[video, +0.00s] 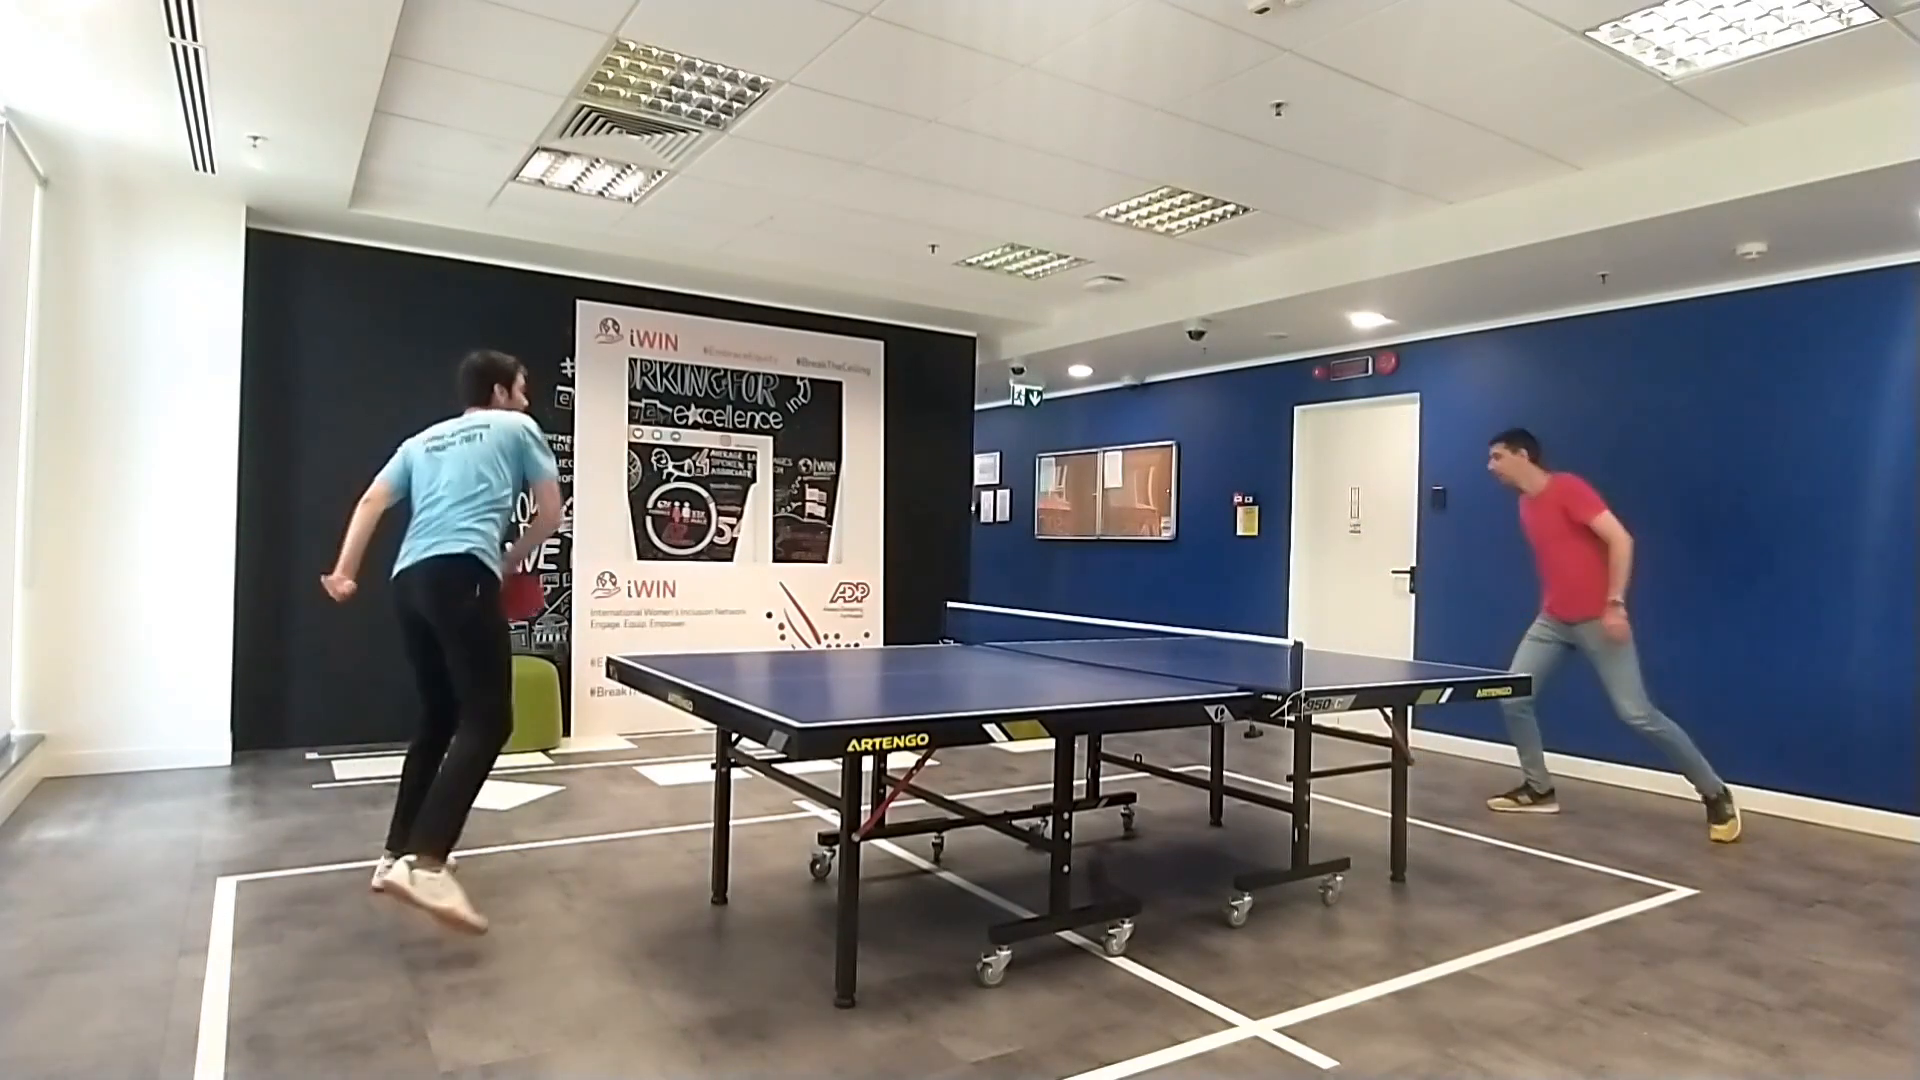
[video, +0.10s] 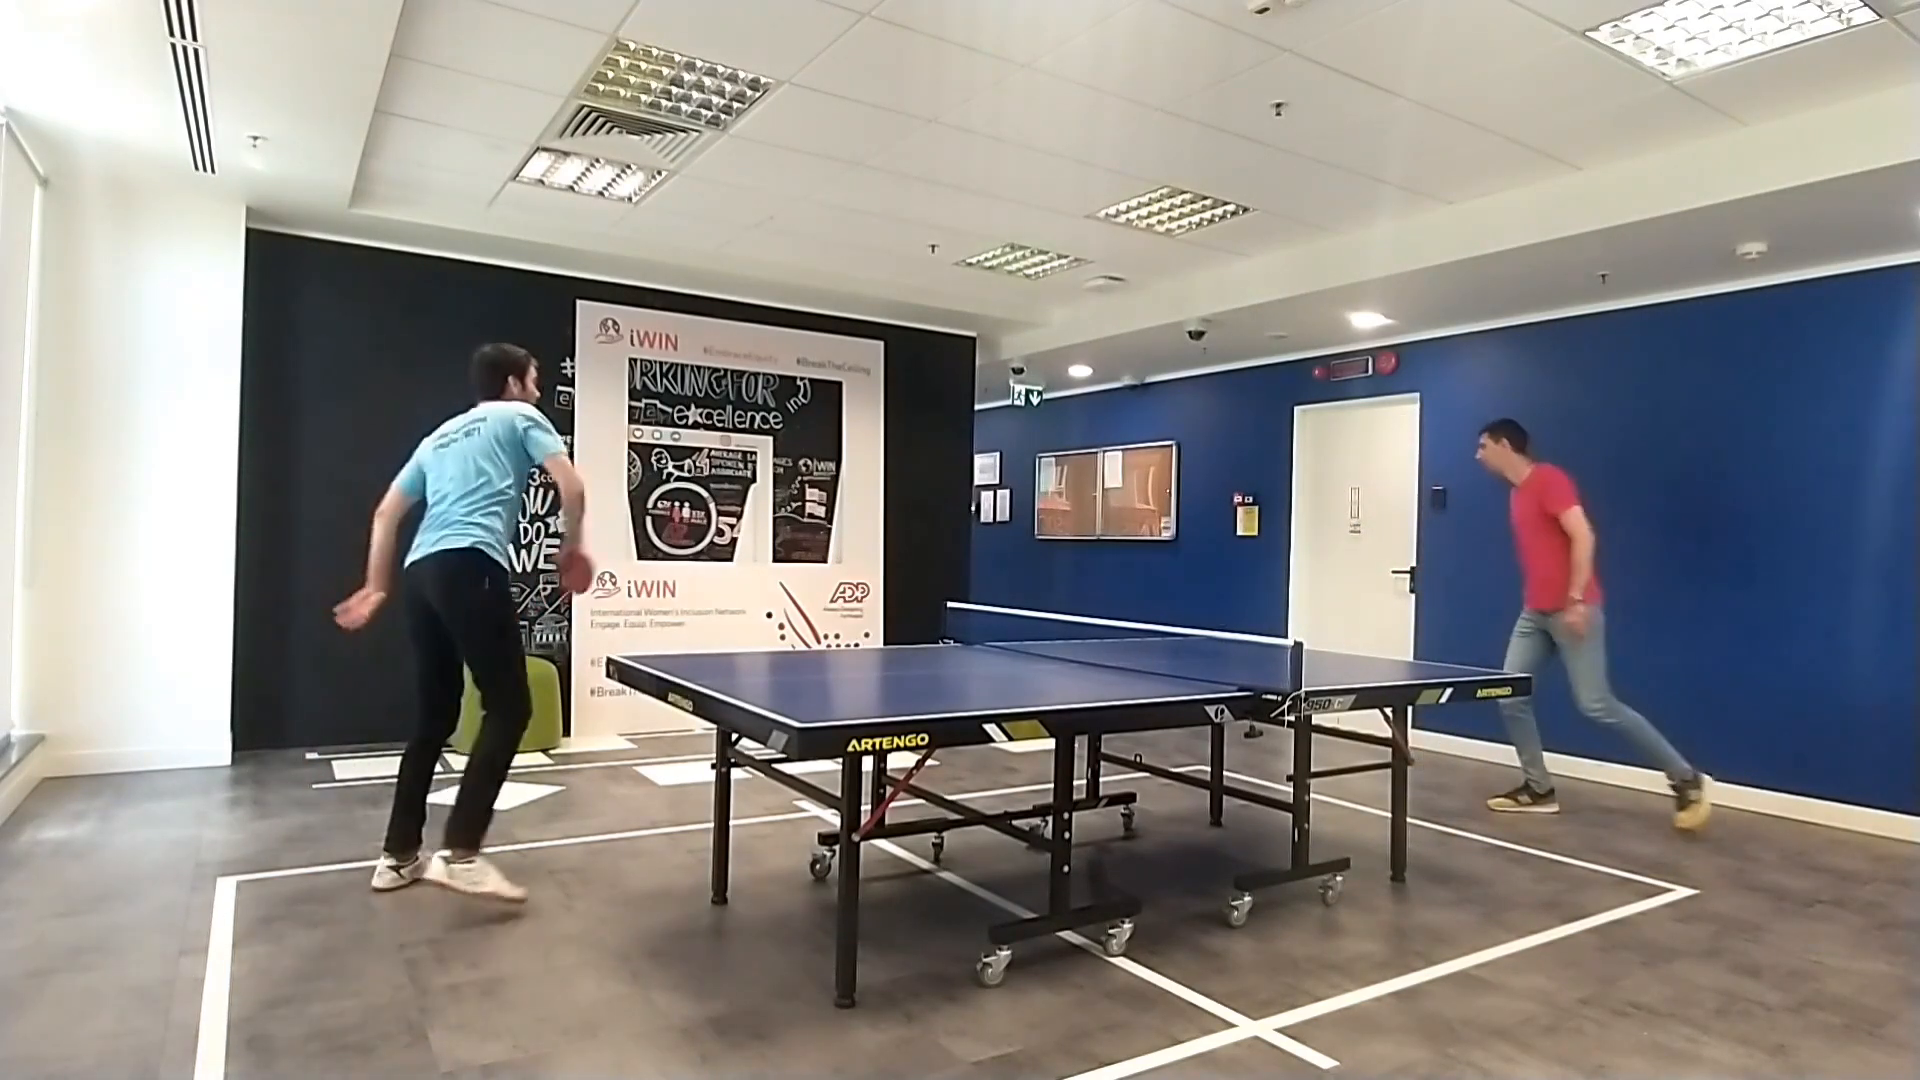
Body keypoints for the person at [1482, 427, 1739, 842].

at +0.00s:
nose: (1492, 466)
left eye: (1497, 457)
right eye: (1490, 460)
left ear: (1522, 455)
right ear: (1513, 460)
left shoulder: (1567, 489)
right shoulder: (1526, 507)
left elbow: (1620, 538)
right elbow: (1555, 557)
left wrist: (1615, 603)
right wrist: (1551, 608)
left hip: (1598, 619)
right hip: (1553, 620)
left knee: (1636, 713)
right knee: (1514, 695)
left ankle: (1716, 795)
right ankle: (1538, 788)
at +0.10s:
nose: (1479, 455)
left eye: (1483, 447)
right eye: (1479, 448)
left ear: (1504, 445)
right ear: (1504, 447)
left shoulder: (1549, 480)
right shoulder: (1520, 493)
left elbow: (1582, 535)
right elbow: (1542, 549)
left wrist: (1576, 600)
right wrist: (1538, 599)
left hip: (1572, 612)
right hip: (1536, 613)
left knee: (1596, 704)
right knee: (1511, 695)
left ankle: (1687, 780)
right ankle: (1537, 787)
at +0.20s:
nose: (1473, 448)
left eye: (1476, 440)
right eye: (1474, 441)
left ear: (1494, 440)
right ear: (1500, 440)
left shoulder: (1530, 475)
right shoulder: (1513, 482)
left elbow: (1543, 535)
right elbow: (1529, 543)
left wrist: (1530, 597)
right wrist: (1518, 600)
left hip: (1553, 602)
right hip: (1526, 603)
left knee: (1550, 694)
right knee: (1511, 693)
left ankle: (1639, 774)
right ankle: (1537, 787)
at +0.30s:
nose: (1466, 445)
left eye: (1468, 436)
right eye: (1467, 437)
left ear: (1481, 435)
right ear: (1496, 435)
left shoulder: (1513, 472)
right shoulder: (1513, 473)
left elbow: (1506, 532)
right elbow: (1511, 539)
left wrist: (1481, 587)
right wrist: (1490, 591)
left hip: (1530, 598)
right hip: (1521, 597)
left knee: (1514, 688)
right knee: (1509, 689)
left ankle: (1580, 778)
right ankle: (1538, 784)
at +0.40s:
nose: (1458, 443)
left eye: (1460, 436)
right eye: (1459, 437)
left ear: (1471, 435)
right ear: (1492, 436)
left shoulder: (1489, 470)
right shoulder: (1515, 471)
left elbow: (1477, 529)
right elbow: (1532, 540)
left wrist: (1439, 581)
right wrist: (1492, 588)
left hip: (1505, 597)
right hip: (1530, 595)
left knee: (1476, 682)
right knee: (1517, 689)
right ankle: (1540, 783)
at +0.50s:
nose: (1446, 445)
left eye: (1447, 438)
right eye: (1447, 438)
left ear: (1458, 437)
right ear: (1481, 440)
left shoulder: (1467, 472)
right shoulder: (1509, 479)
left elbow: (1449, 530)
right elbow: (1523, 544)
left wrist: (1406, 576)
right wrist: (1490, 571)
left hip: (1483, 597)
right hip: (1516, 595)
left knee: (1444, 681)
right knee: (1517, 689)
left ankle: (1448, 773)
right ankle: (1540, 785)